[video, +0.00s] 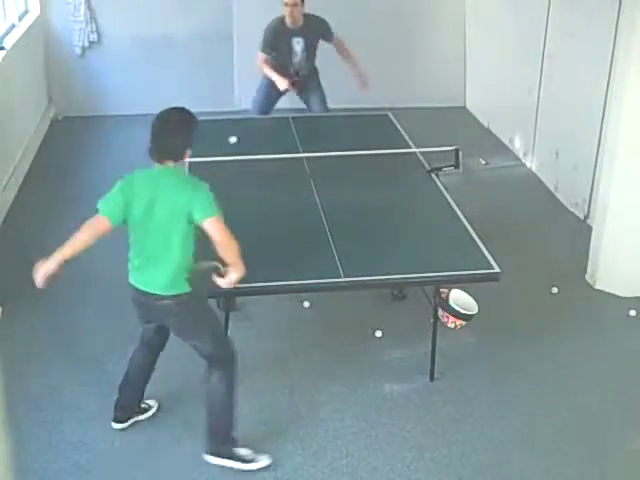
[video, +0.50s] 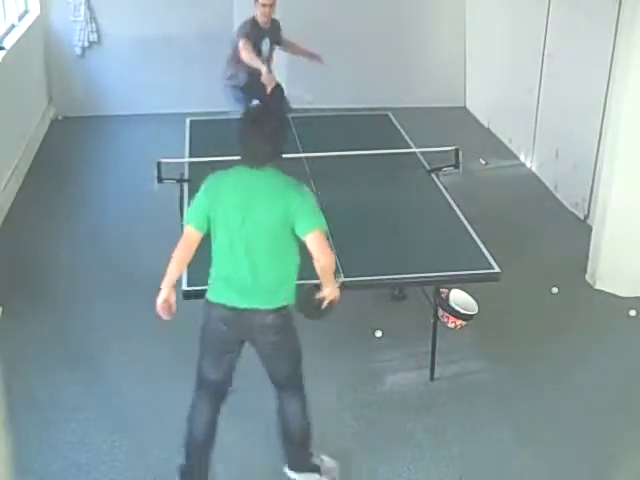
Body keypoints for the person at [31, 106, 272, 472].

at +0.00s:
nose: (192, 148)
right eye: (192, 144)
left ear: (152, 145)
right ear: (187, 150)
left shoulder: (131, 185)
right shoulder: (194, 189)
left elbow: (96, 226)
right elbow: (219, 233)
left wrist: (55, 259)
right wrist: (237, 270)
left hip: (141, 293)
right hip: (175, 299)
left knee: (151, 338)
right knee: (221, 356)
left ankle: (126, 409)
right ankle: (221, 446)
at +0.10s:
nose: (206, 150)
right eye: (207, 146)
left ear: (171, 148)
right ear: (204, 152)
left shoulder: (149, 190)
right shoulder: (214, 196)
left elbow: (115, 245)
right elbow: (248, 242)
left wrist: (78, 286)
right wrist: (257, 283)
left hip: (155, 299)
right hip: (193, 306)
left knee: (154, 347)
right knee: (239, 366)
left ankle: (125, 410)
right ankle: (252, 449)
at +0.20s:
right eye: (231, 152)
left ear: (194, 155)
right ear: (229, 159)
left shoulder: (178, 198)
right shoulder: (243, 204)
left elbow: (149, 251)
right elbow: (279, 251)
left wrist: (118, 298)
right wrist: (286, 296)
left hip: (175, 307)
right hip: (216, 315)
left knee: (161, 356)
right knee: (254, 372)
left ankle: (128, 411)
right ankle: (266, 454)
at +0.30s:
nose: (257, 161)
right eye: (257, 156)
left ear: (219, 159)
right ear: (255, 161)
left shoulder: (198, 202)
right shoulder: (270, 206)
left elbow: (174, 258)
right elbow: (306, 255)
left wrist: (144, 303)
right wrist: (314, 299)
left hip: (201, 315)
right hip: (245, 319)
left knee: (178, 368)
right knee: (263, 380)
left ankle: (148, 419)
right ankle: (265, 457)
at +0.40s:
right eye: (268, 142)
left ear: (233, 146)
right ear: (269, 149)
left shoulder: (208, 188)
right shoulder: (283, 195)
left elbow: (183, 245)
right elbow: (313, 247)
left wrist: (159, 290)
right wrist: (329, 287)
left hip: (213, 308)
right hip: (260, 311)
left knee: (194, 378)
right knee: (273, 383)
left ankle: (169, 452)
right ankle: (274, 453)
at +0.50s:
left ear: (243, 142)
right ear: (279, 145)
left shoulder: (216, 185)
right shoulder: (294, 192)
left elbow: (189, 240)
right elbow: (322, 252)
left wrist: (168, 284)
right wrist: (329, 284)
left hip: (222, 315)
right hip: (271, 319)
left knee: (208, 390)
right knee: (289, 388)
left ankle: (193, 471)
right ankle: (300, 465)